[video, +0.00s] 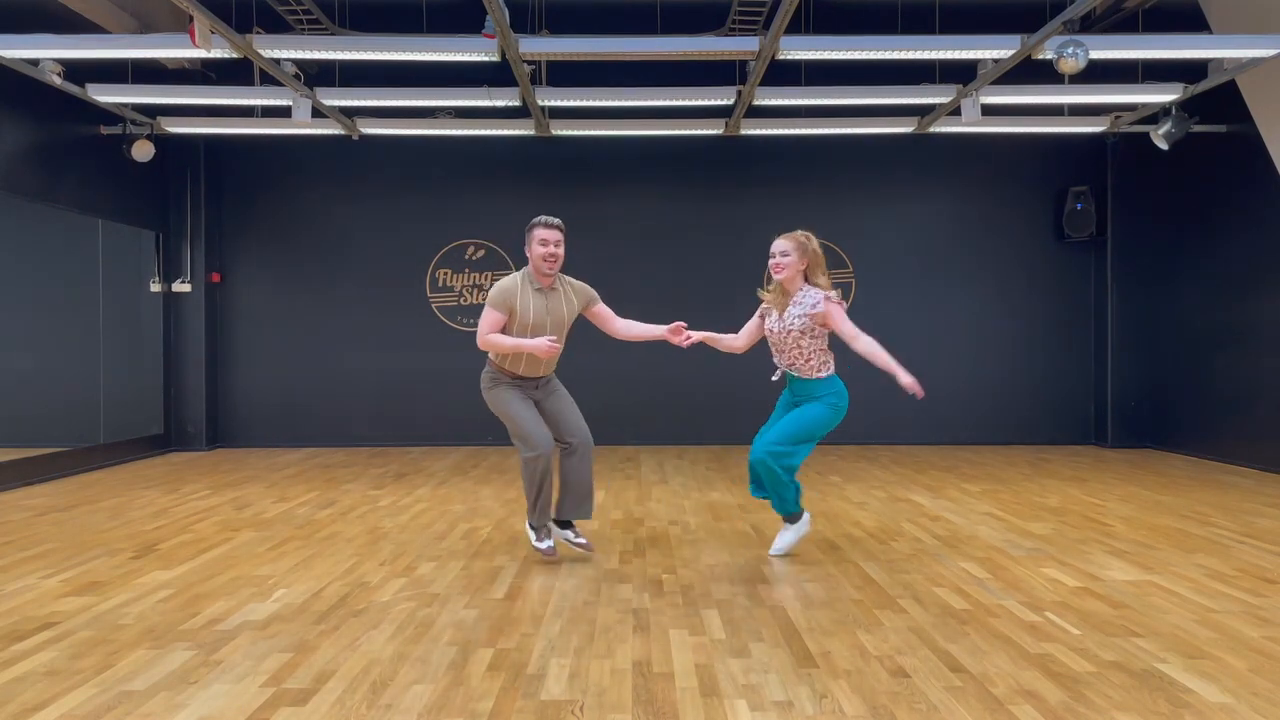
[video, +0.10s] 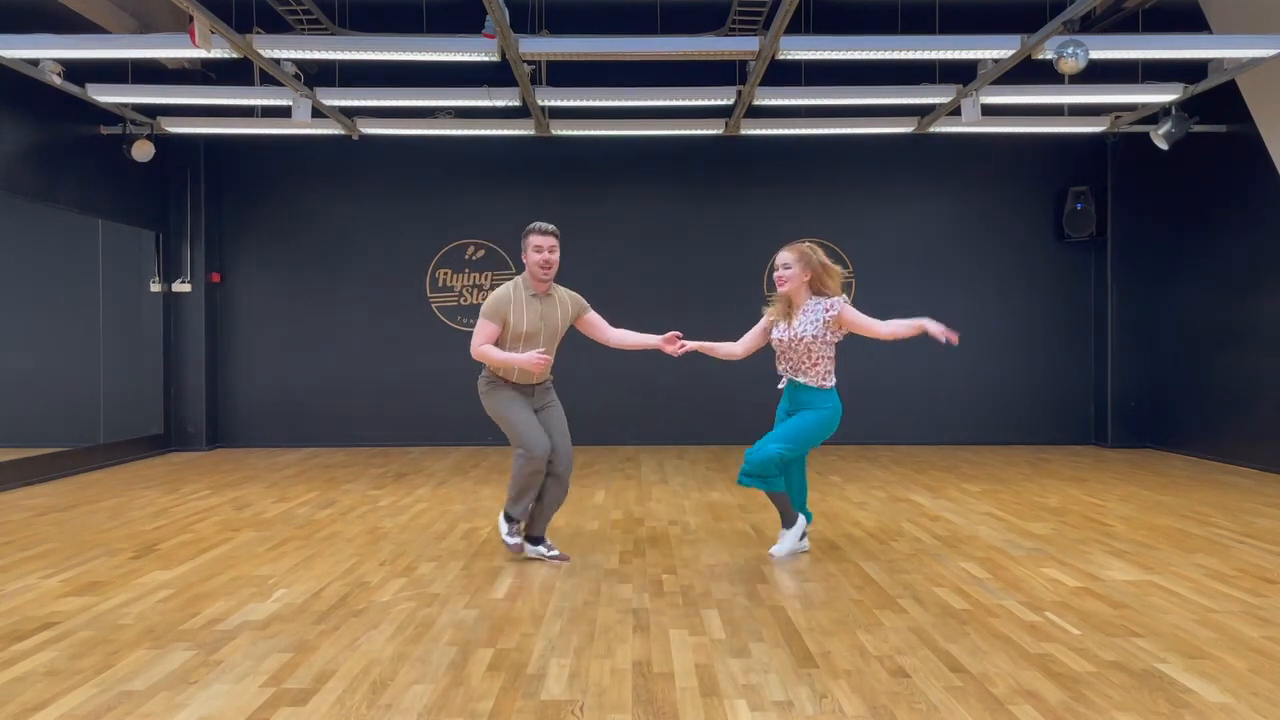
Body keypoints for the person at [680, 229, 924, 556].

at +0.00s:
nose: (775, 262)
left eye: (784, 255)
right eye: (772, 256)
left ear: (804, 261)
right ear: (770, 263)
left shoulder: (821, 303)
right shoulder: (772, 306)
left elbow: (858, 339)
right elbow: (739, 343)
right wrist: (702, 335)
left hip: (826, 395)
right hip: (793, 393)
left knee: (765, 451)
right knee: (760, 454)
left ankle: (795, 518)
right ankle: (792, 517)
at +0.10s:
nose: (778, 274)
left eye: (785, 268)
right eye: (776, 269)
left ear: (808, 272)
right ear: (776, 276)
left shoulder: (833, 309)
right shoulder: (777, 314)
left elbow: (883, 329)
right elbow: (739, 349)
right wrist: (696, 345)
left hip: (821, 407)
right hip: (788, 403)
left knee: (761, 458)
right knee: (791, 470)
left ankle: (791, 520)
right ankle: (799, 534)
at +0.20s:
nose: (771, 262)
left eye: (777, 256)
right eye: (771, 256)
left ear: (799, 262)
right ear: (785, 264)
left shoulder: (825, 293)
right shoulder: (775, 303)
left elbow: (880, 298)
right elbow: (734, 333)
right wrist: (688, 333)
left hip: (821, 391)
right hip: (790, 390)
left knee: (786, 460)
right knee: (784, 460)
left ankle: (795, 534)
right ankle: (794, 535)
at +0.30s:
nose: (761, 253)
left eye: (767, 248)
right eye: (763, 247)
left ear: (787, 254)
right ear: (782, 254)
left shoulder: (813, 285)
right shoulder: (767, 293)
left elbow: (839, 260)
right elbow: (725, 322)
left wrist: (834, 217)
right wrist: (678, 329)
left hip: (823, 384)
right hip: (792, 385)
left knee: (805, 458)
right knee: (771, 450)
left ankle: (845, 511)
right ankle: (783, 522)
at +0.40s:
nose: (753, 260)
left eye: (759, 255)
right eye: (755, 254)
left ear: (783, 265)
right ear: (767, 260)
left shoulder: (802, 297)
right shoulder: (754, 297)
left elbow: (774, 267)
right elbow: (715, 333)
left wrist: (759, 224)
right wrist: (671, 340)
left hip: (809, 392)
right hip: (783, 395)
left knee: (842, 467)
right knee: (760, 459)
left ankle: (907, 457)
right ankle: (770, 537)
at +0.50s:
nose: (738, 279)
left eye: (744, 272)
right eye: (741, 272)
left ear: (762, 280)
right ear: (760, 281)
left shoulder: (781, 318)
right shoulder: (740, 319)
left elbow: (727, 312)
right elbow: (700, 348)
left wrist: (695, 278)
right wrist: (654, 352)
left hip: (792, 407)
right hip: (767, 410)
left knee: (839, 467)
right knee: (745, 471)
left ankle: (901, 429)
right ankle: (770, 542)